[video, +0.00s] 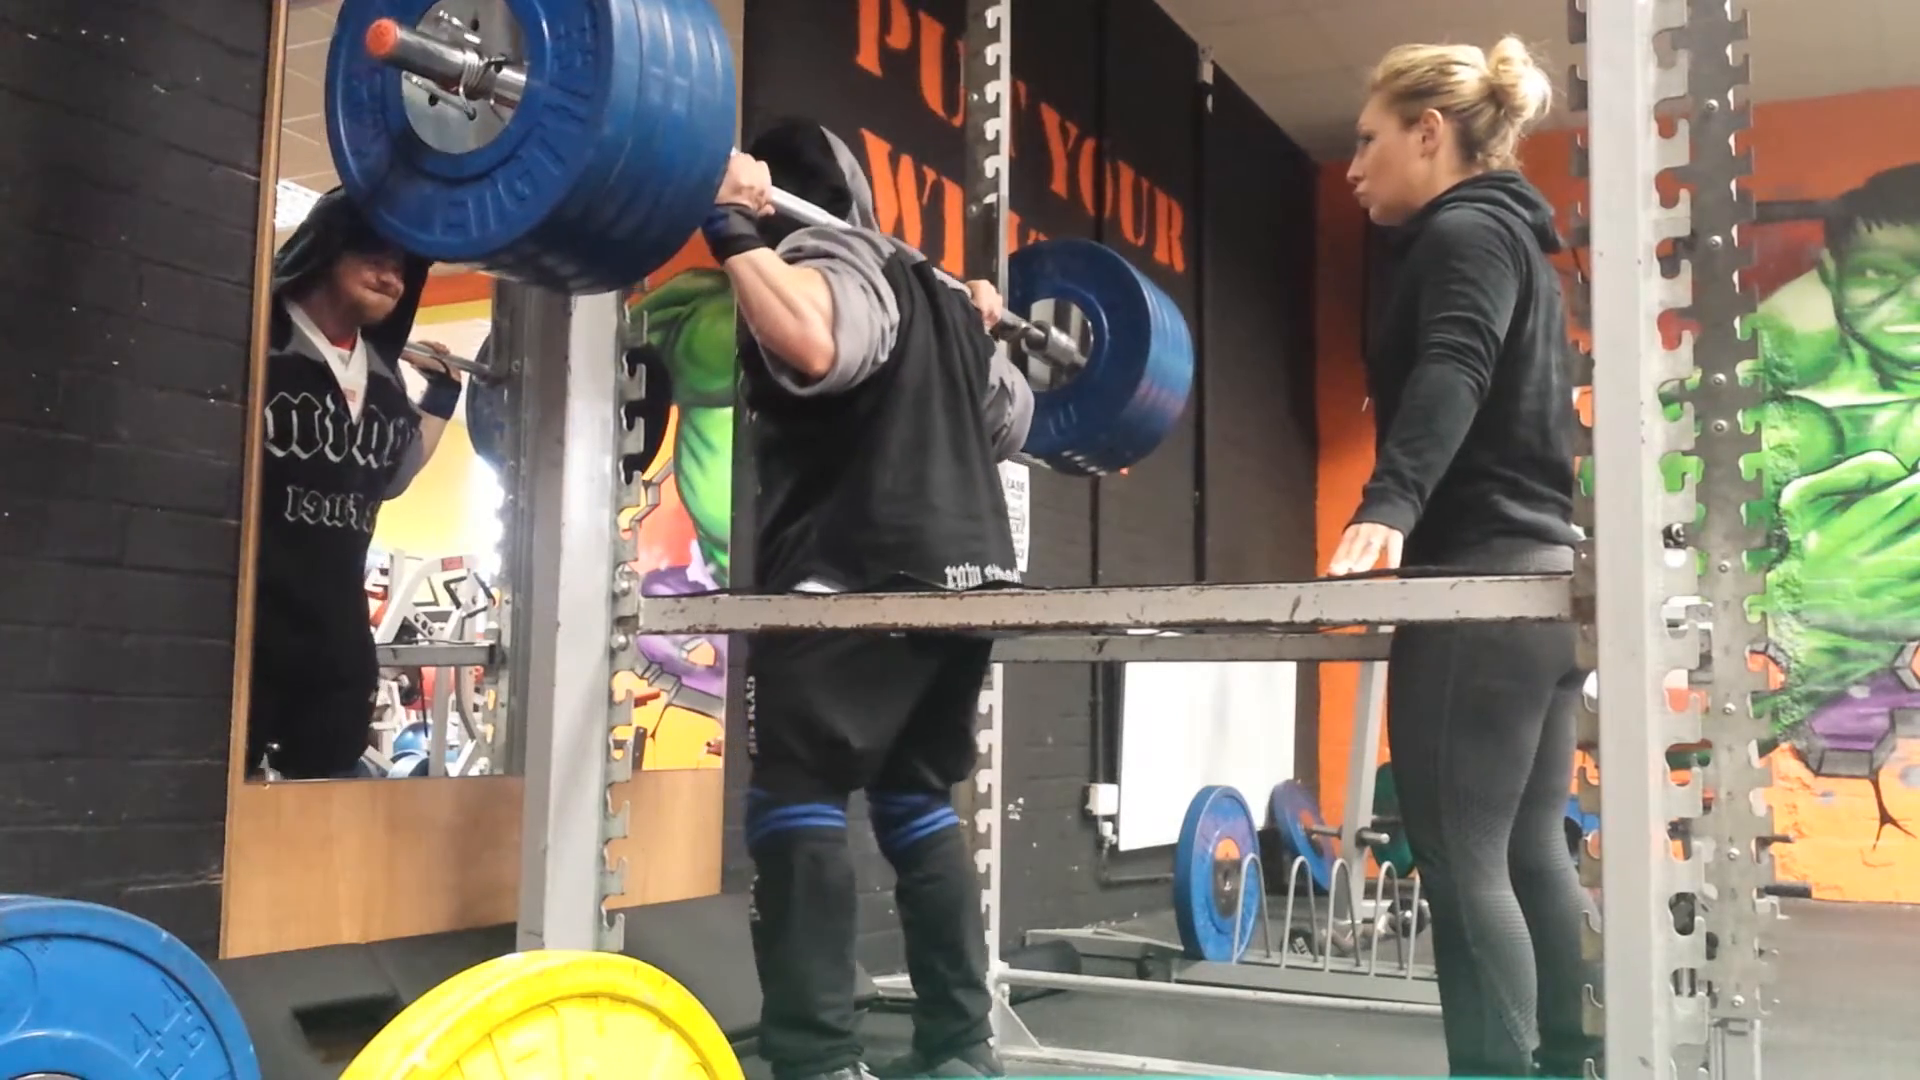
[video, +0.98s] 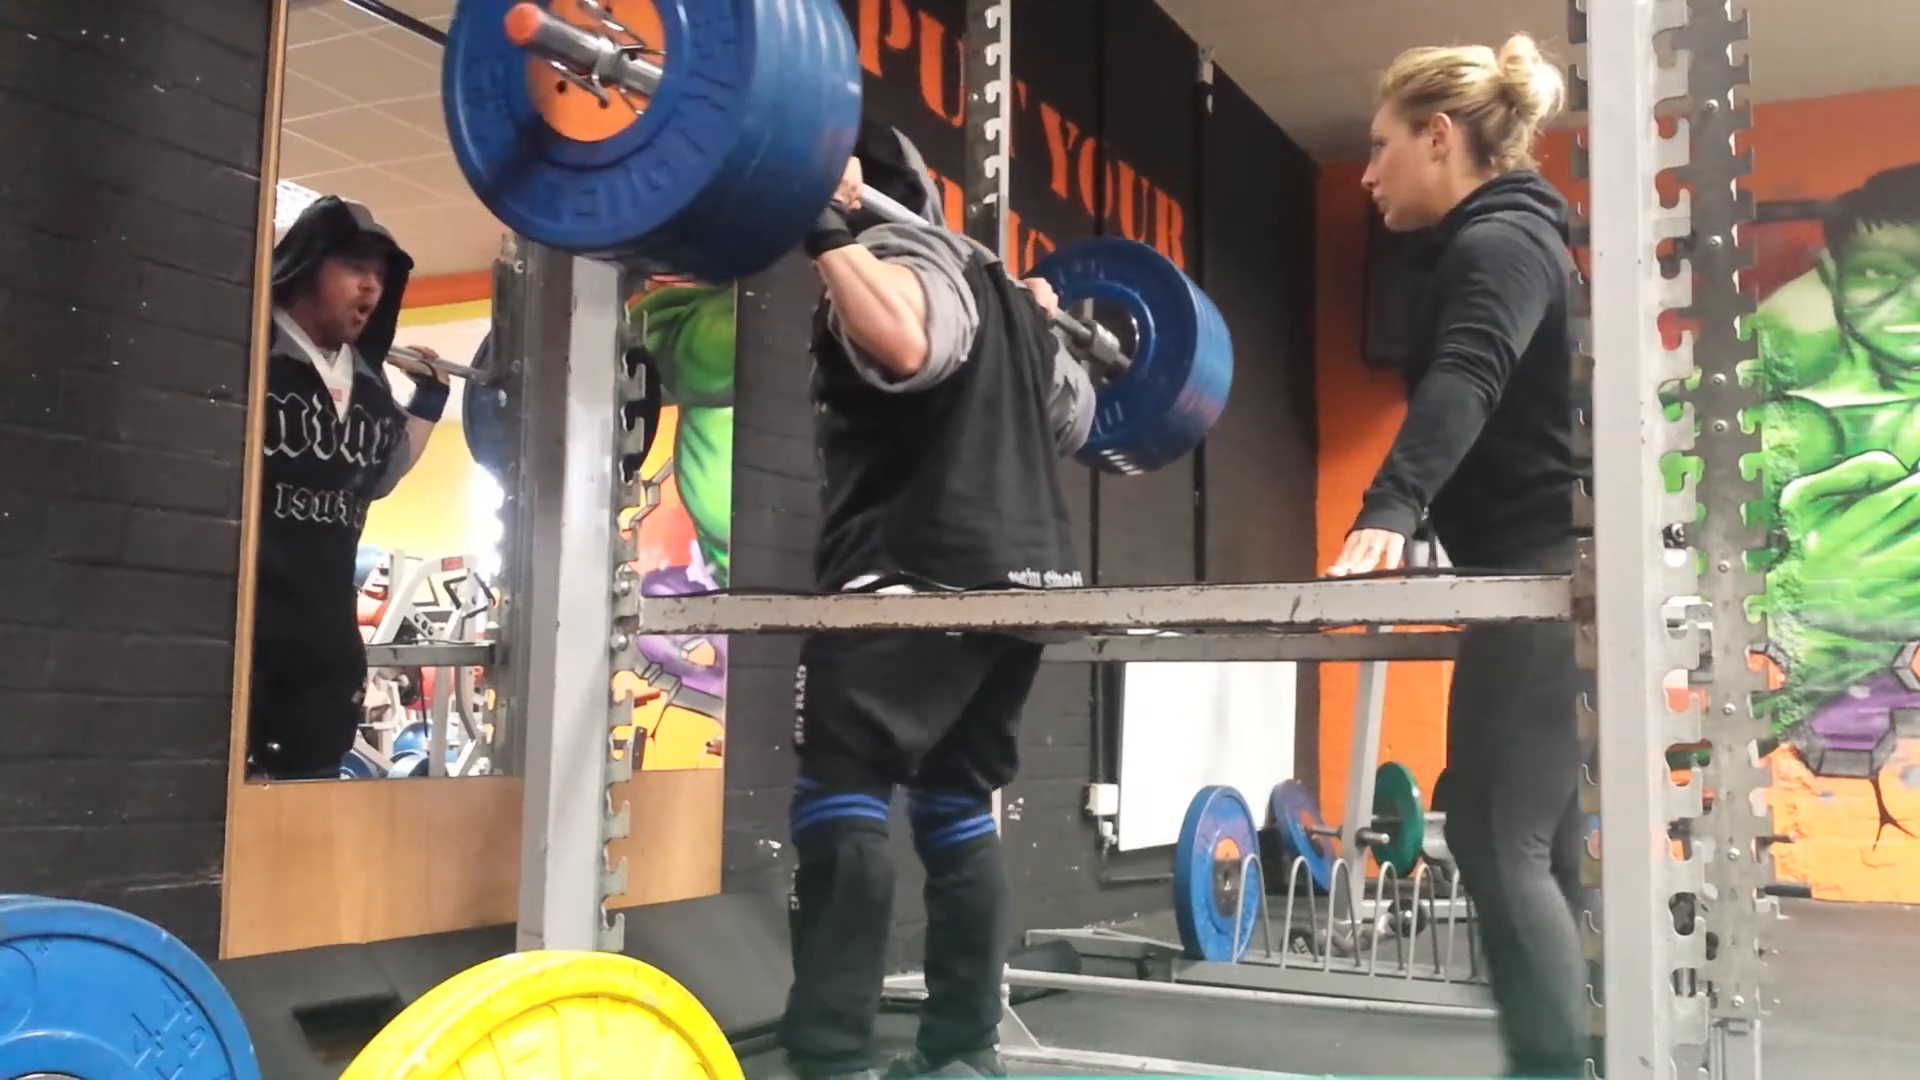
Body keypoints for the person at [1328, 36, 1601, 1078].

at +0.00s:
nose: (1354, 168)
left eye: (1367, 142)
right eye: (1355, 146)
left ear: (1433, 133)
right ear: (1439, 137)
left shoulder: (1466, 226)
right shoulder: (1509, 225)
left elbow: (1455, 361)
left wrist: (1386, 510)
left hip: (1483, 568)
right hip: (1540, 566)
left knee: (1464, 860)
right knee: (1533, 846)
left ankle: (1494, 1073)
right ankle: (1568, 1065)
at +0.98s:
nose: (1370, 175)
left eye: (1380, 147)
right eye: (1371, 152)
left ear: (1447, 137)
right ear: (1457, 142)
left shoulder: (1503, 236)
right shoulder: (1508, 231)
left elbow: (1467, 375)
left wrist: (1390, 512)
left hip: (1538, 580)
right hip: (1533, 576)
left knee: (1499, 839)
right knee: (1527, 838)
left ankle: (1555, 1066)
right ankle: (1574, 1057)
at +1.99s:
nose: (1476, 168)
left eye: (1489, 143)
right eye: (1476, 146)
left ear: (1554, 135)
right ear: (1554, 140)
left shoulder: (1568, 256)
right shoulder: (1581, 255)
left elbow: (1534, 433)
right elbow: (1567, 483)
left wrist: (1385, 506)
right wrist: (1443, 543)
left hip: (1576, 592)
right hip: (1575, 587)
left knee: (1546, 835)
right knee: (1553, 834)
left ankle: (1620, 1044)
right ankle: (1622, 1040)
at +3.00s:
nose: (1468, 181)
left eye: (1481, 154)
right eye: (1466, 158)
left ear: (1550, 136)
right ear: (1544, 142)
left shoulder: (1587, 251)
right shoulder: (1563, 266)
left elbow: (1572, 423)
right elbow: (1545, 461)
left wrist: (1384, 429)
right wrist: (1400, 481)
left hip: (1599, 591)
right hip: (1570, 590)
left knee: (1573, 845)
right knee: (1566, 842)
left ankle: (1584, 1058)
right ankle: (1584, 1055)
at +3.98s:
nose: (1545, 176)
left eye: (1563, 147)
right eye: (1539, 151)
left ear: (1628, 134)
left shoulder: (1674, 239)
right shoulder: (1660, 236)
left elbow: (1651, 435)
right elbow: (1608, 433)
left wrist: (1499, 492)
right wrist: (1491, 488)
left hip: (1685, 587)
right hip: (1690, 581)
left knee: (1660, 853)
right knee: (1694, 853)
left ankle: (1688, 1061)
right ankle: (1718, 1058)